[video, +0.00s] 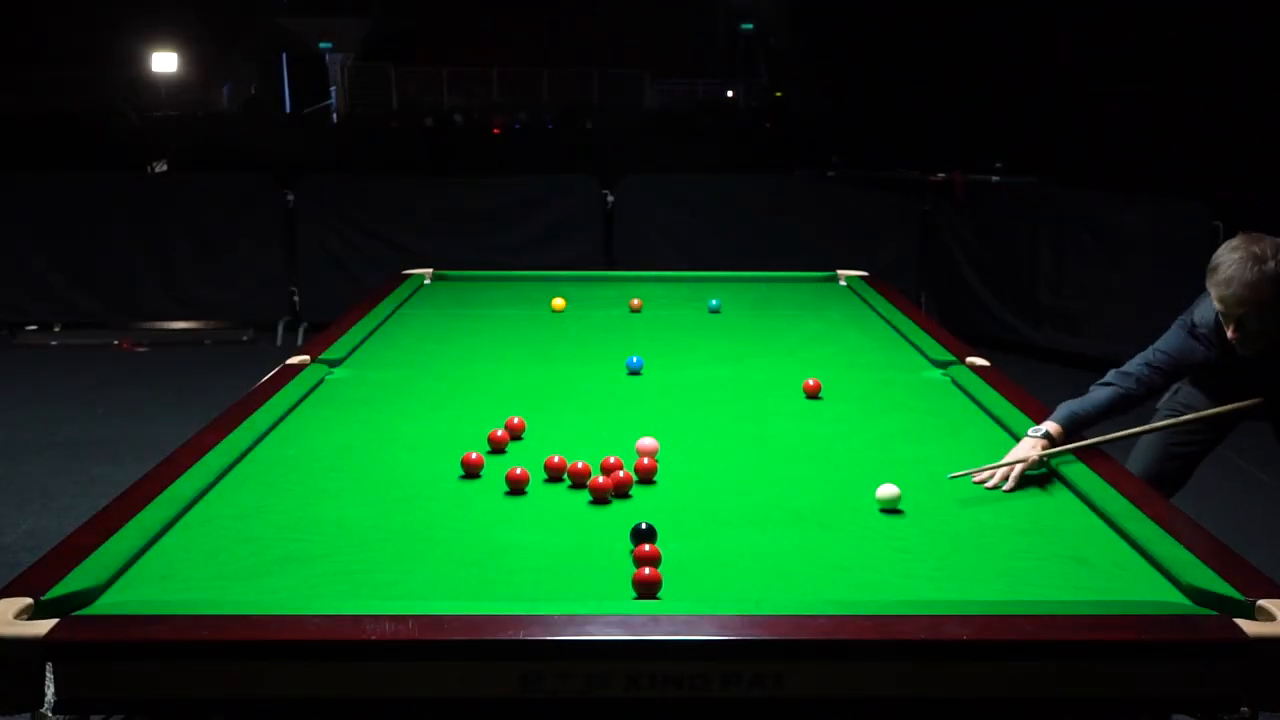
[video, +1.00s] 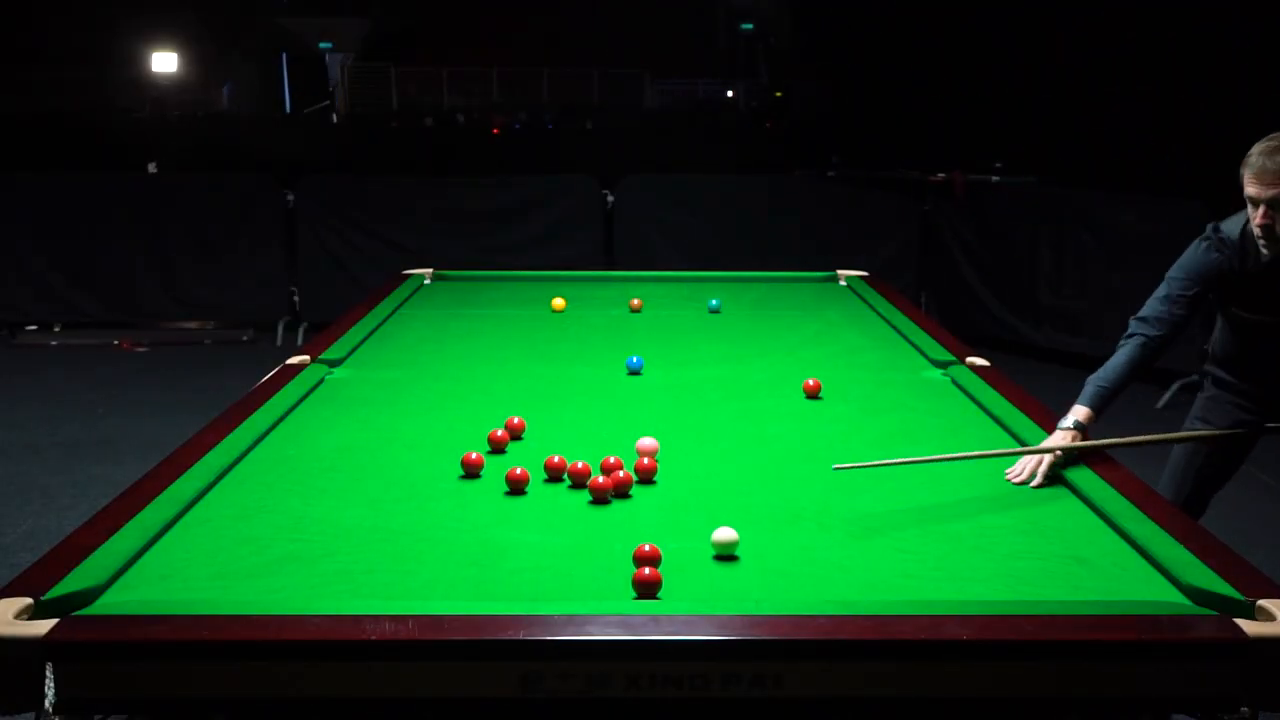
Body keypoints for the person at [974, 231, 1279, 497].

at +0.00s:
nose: (1231, 333)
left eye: (1244, 323)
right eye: (1224, 317)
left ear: (1271, 312)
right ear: (1215, 301)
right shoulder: (1206, 321)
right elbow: (1134, 376)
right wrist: (1046, 432)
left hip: (1270, 389)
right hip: (1219, 381)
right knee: (1142, 478)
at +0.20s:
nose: (1200, 400)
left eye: (1212, 388)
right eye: (1192, 385)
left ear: (1247, 370)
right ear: (1184, 365)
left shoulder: (1275, 340)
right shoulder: (1191, 363)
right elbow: (1104, 399)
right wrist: (1021, 450)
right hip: (1230, 397)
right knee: (1150, 482)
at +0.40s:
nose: (1198, 402)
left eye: (1210, 391)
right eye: (1190, 387)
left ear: (1246, 374)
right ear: (1183, 367)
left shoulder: (1275, 344)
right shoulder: (1189, 366)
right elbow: (1102, 400)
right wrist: (1021, 450)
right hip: (1231, 399)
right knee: (1151, 483)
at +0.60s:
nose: (1198, 402)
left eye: (1210, 391)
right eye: (1190, 386)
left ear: (1246, 374)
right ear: (1182, 366)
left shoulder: (1274, 345)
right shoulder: (1186, 367)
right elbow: (1101, 400)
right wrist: (1021, 450)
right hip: (1233, 398)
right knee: (1153, 483)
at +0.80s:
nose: (1195, 400)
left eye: (1207, 390)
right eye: (1188, 385)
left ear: (1243, 373)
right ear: (1179, 367)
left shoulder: (1273, 345)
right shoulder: (1180, 367)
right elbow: (1098, 401)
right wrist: (1021, 450)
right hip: (1230, 401)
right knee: (1152, 485)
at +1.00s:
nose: (1261, 219)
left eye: (1274, 204)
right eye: (1253, 203)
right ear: (1244, 196)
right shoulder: (1222, 247)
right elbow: (1147, 331)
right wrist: (1073, 424)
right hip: (1237, 390)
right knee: (1170, 513)